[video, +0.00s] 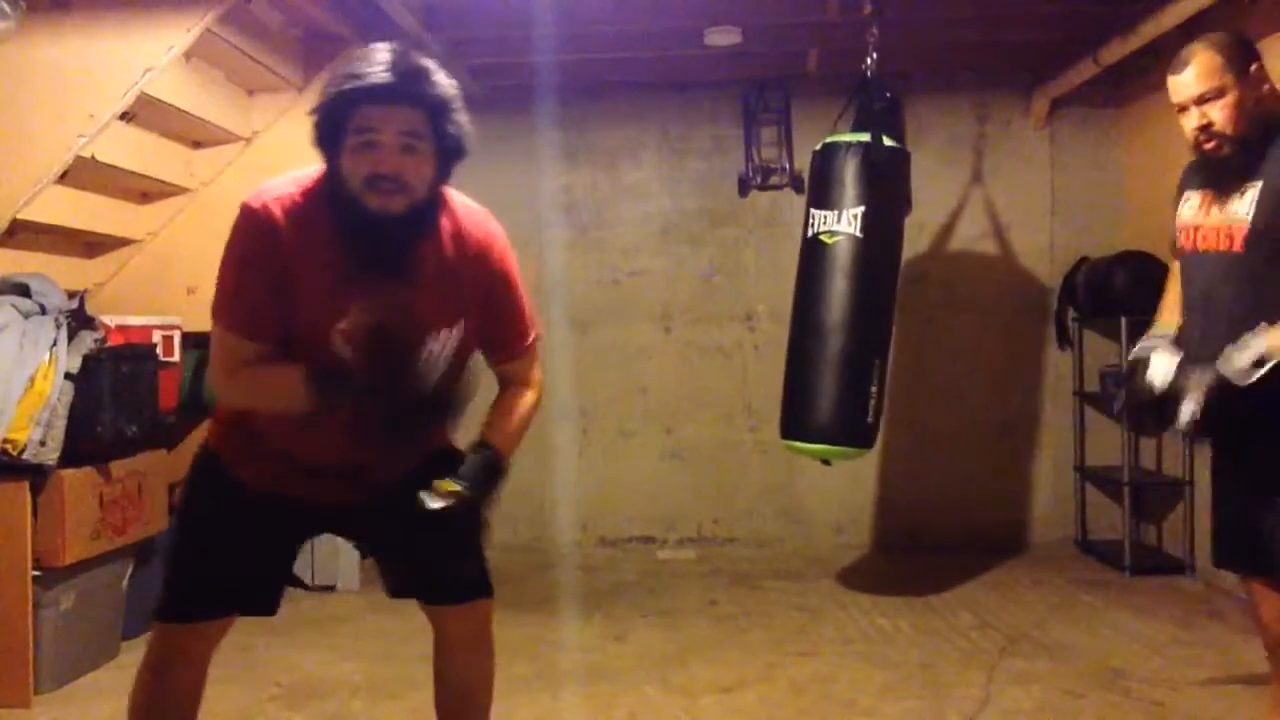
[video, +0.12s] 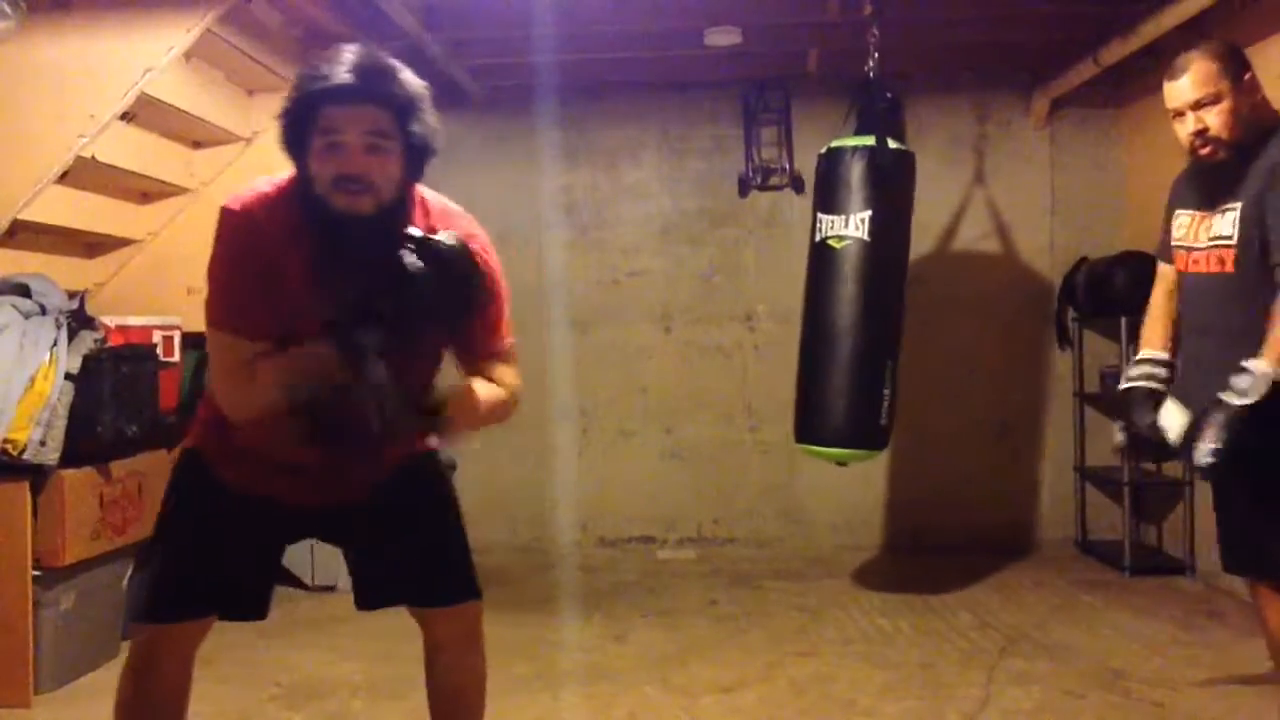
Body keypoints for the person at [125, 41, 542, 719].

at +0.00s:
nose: (387, 163)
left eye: (411, 145)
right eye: (365, 142)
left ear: (443, 158)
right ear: (333, 150)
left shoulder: (474, 244)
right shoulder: (272, 223)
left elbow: (522, 378)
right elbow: (228, 381)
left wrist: (480, 471)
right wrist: (344, 382)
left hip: (403, 466)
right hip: (260, 461)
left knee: (467, 616)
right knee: (183, 634)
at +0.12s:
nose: (353, 164)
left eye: (376, 144)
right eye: (332, 143)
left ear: (411, 155)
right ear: (301, 151)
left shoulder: (454, 237)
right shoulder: (253, 225)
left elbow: (501, 377)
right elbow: (235, 393)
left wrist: (450, 405)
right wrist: (341, 354)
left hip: (390, 460)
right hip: (245, 456)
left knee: (456, 619)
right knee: (161, 634)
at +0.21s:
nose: (338, 158)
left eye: (361, 136)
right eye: (316, 137)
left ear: (398, 147)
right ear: (286, 147)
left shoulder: (442, 229)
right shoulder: (241, 219)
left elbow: (469, 391)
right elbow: (224, 393)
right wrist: (330, 341)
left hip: (382, 456)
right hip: (235, 456)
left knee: (452, 618)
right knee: (152, 639)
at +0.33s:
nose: (318, 145)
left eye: (340, 125)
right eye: (296, 126)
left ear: (376, 136)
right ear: (266, 137)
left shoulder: (419, 218)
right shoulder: (222, 211)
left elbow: (457, 376)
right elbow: (171, 371)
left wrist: (346, 342)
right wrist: (277, 343)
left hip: (377, 458)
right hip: (226, 458)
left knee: (449, 616)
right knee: (146, 640)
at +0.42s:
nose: (303, 144)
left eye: (326, 123)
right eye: (280, 125)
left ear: (364, 136)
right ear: (252, 140)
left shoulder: (411, 224)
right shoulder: (205, 218)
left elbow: (469, 371)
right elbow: (122, 354)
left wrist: (387, 377)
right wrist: (237, 337)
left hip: (374, 462)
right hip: (224, 462)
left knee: (449, 619)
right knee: (144, 638)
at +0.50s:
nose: (293, 150)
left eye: (316, 128)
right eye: (270, 131)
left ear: (355, 142)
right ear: (243, 147)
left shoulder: (413, 242)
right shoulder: (188, 232)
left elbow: (470, 362)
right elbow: (103, 331)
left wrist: (441, 405)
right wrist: (176, 364)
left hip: (370, 468)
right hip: (219, 468)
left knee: (451, 620)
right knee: (138, 645)